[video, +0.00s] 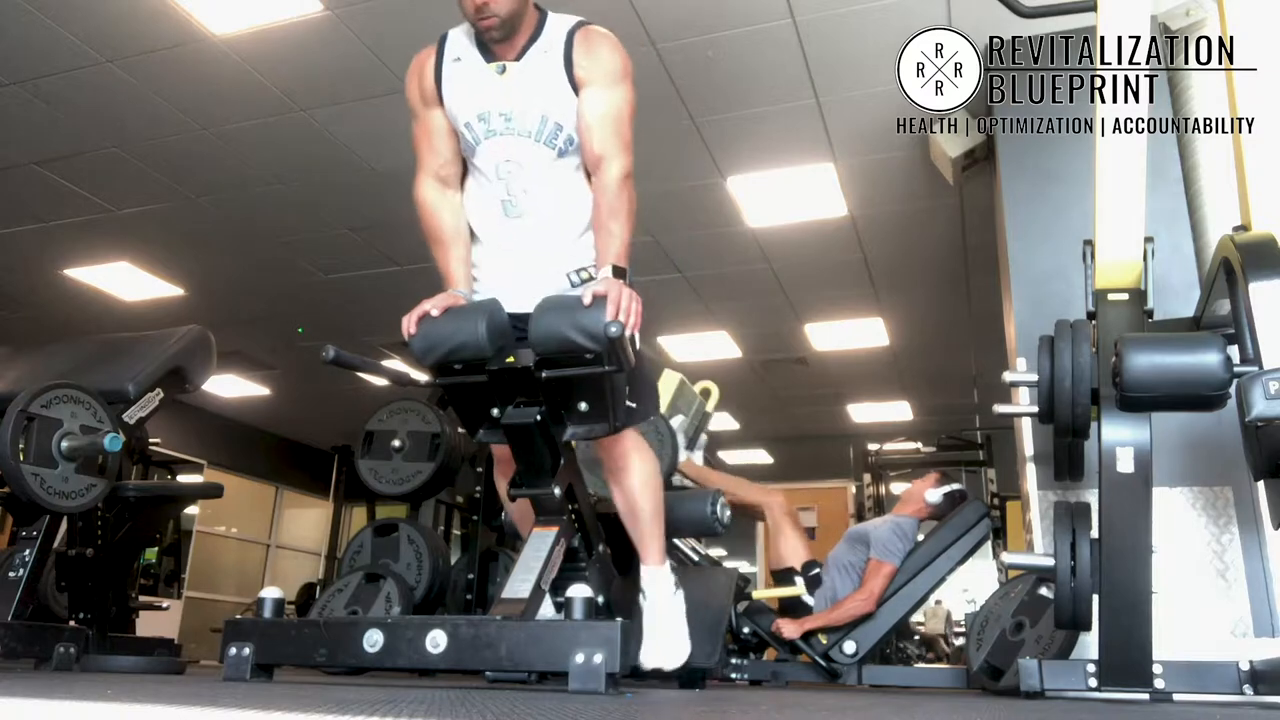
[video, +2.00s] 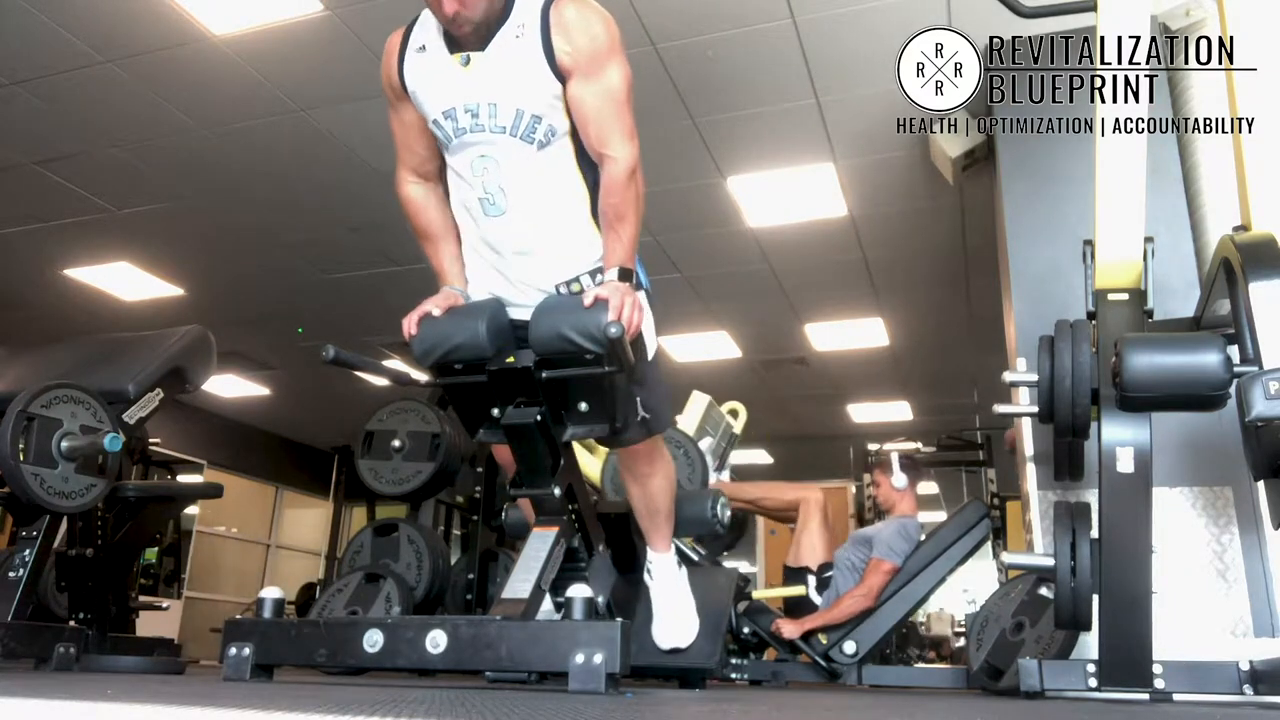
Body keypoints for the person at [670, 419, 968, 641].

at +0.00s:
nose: (920, 478)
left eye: (928, 479)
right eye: (927, 476)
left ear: (928, 497)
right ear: (929, 506)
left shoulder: (896, 529)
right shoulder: (895, 525)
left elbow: (868, 600)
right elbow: (868, 596)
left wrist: (803, 624)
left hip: (810, 606)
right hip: (813, 597)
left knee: (776, 501)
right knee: (776, 502)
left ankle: (684, 463)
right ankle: (693, 466)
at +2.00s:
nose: (873, 494)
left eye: (877, 485)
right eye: (873, 486)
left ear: (900, 483)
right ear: (899, 485)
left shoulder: (897, 530)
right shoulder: (899, 526)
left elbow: (866, 597)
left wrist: (802, 625)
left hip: (814, 606)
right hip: (819, 599)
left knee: (814, 498)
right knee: (814, 502)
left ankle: (718, 488)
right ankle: (731, 497)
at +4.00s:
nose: (908, 476)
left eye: (917, 474)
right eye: (916, 471)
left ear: (924, 490)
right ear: (928, 498)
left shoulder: (896, 527)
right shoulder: (902, 526)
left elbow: (864, 592)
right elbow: (864, 592)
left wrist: (801, 624)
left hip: (811, 606)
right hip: (816, 601)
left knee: (773, 502)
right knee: (774, 506)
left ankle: (681, 464)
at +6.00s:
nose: (920, 479)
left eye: (928, 480)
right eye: (927, 476)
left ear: (931, 498)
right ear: (933, 505)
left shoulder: (895, 528)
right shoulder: (902, 526)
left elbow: (865, 595)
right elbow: (865, 593)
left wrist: (801, 624)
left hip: (813, 603)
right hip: (819, 598)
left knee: (798, 497)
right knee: (797, 502)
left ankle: (704, 476)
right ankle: (720, 488)